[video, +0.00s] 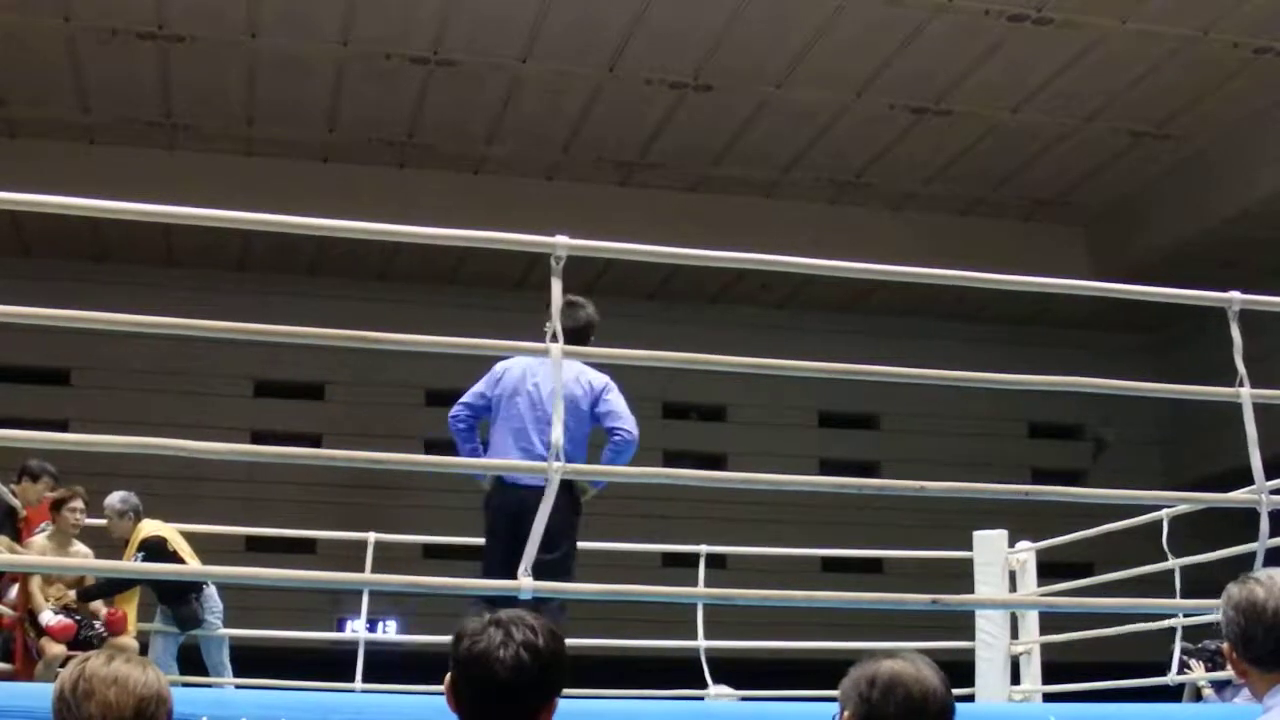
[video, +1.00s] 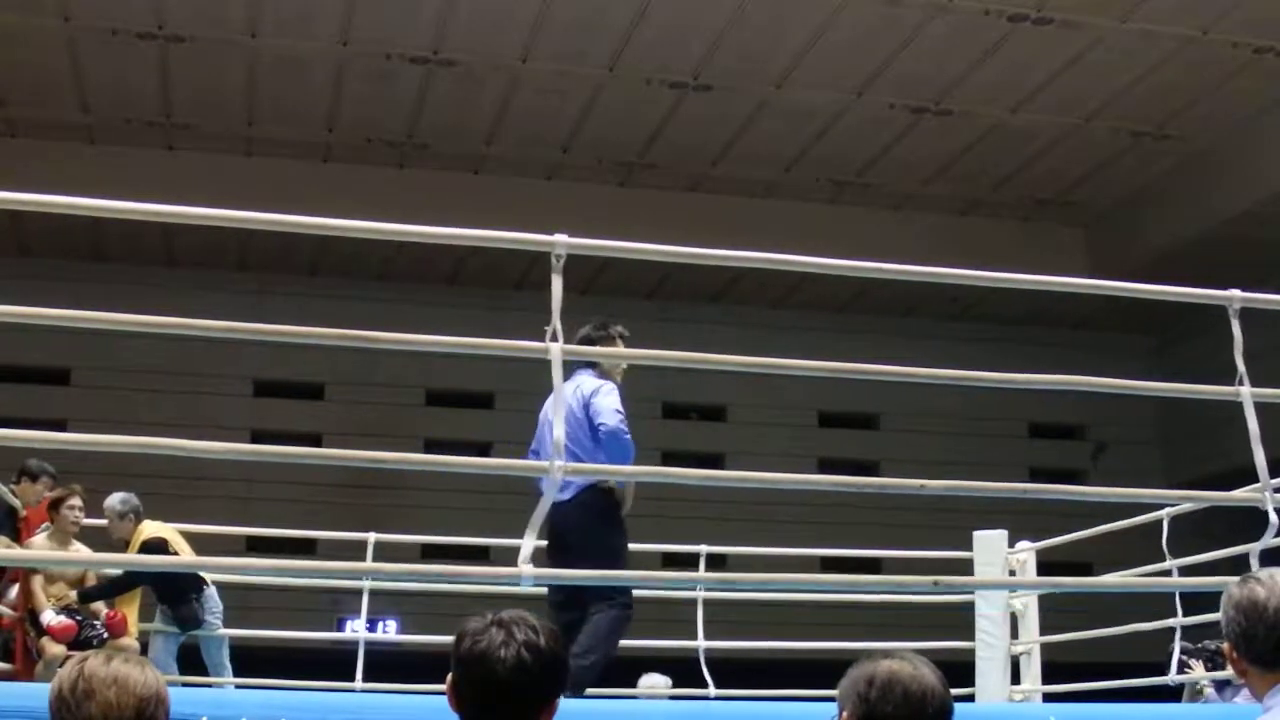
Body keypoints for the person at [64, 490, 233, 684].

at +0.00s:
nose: (107, 525)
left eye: (110, 519)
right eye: (107, 519)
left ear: (129, 517)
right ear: (126, 517)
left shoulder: (153, 539)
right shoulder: (136, 537)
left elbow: (126, 580)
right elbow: (122, 579)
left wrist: (80, 595)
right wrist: (85, 593)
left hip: (201, 600)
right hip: (171, 603)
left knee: (218, 665)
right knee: (160, 660)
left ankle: (230, 711)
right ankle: (173, 711)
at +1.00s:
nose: (107, 525)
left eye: (111, 520)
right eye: (107, 520)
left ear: (130, 520)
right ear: (129, 520)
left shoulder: (154, 542)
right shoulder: (138, 539)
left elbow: (126, 584)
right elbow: (127, 582)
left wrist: (79, 596)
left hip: (201, 600)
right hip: (169, 603)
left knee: (218, 665)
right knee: (160, 660)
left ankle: (229, 713)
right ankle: (173, 710)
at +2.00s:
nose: (106, 524)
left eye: (109, 518)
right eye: (106, 518)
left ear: (127, 520)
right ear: (126, 520)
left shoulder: (154, 541)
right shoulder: (137, 539)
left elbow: (125, 583)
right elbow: (121, 580)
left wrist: (80, 596)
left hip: (201, 600)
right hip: (171, 603)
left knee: (218, 666)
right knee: (160, 660)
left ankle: (229, 711)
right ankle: (176, 709)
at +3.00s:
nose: (116, 522)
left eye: (119, 516)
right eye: (115, 517)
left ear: (138, 514)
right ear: (134, 515)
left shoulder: (162, 537)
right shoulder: (137, 539)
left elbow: (132, 581)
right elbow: (130, 583)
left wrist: (85, 597)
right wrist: (127, 628)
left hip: (201, 600)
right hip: (170, 604)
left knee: (218, 666)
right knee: (158, 660)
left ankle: (230, 711)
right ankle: (176, 709)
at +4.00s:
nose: (131, 523)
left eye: (134, 517)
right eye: (130, 518)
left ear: (154, 516)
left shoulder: (177, 536)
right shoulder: (145, 544)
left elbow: (186, 579)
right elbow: (144, 582)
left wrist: (150, 567)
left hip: (203, 603)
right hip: (172, 605)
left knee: (218, 665)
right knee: (156, 657)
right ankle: (174, 706)